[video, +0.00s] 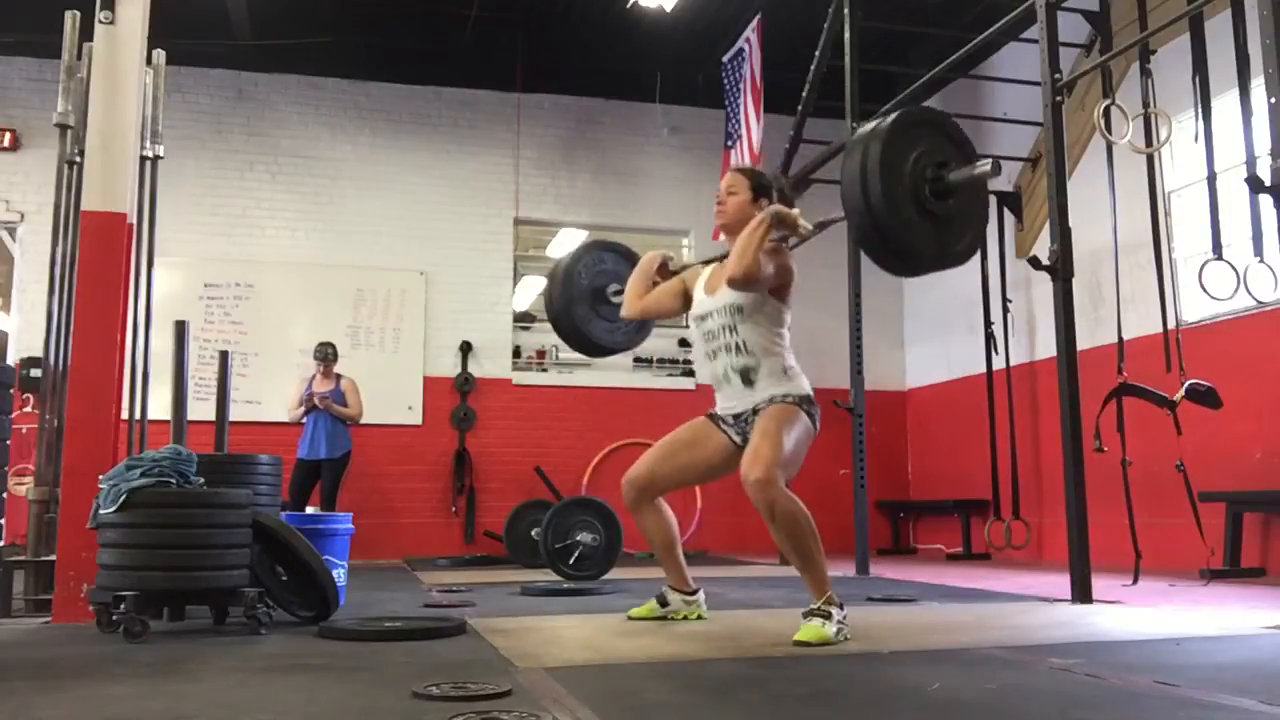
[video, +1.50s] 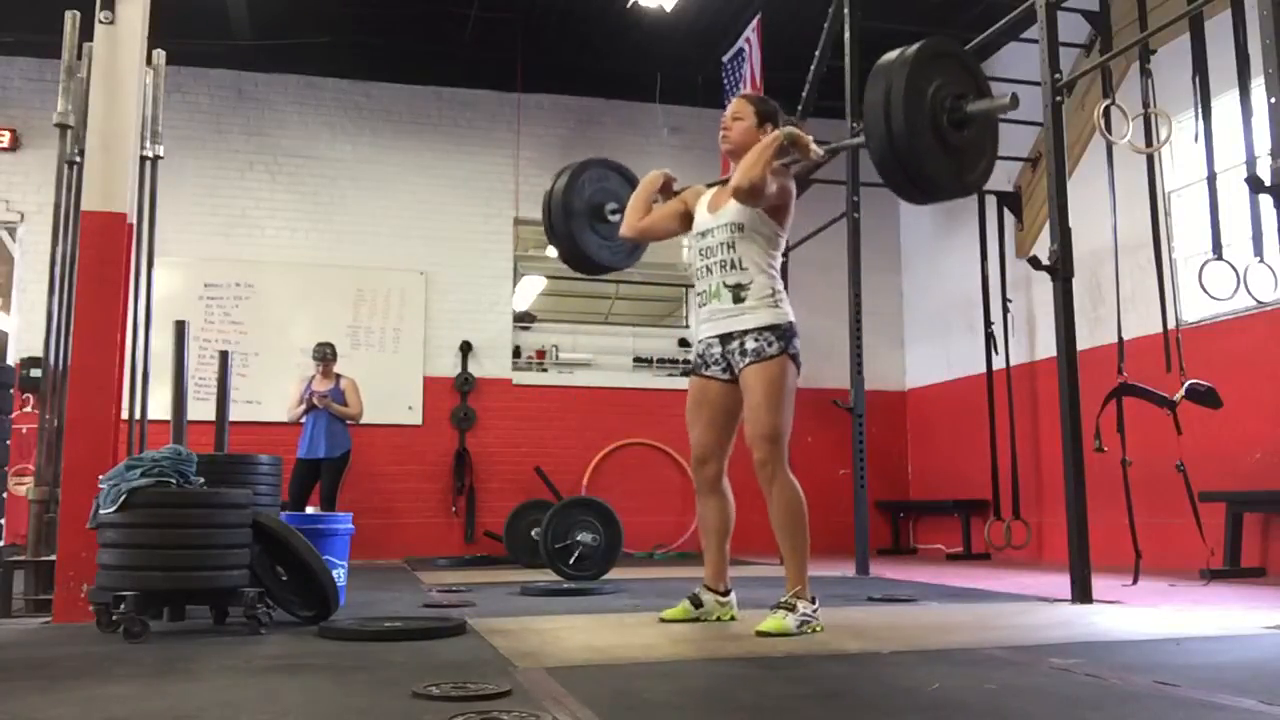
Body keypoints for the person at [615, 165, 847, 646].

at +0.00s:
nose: (719, 199)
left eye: (731, 192)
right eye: (719, 192)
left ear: (762, 207)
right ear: (720, 210)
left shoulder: (775, 262)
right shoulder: (697, 277)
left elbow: (740, 272)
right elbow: (633, 306)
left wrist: (768, 217)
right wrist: (652, 258)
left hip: (785, 404)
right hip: (729, 418)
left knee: (760, 478)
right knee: (637, 486)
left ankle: (826, 606)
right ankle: (683, 596)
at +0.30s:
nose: (723, 172)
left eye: (736, 165)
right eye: (722, 165)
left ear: (763, 182)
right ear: (722, 183)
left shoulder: (772, 232)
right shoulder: (697, 252)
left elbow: (733, 235)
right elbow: (636, 288)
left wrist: (770, 186)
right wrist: (649, 239)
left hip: (777, 377)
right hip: (725, 392)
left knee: (765, 468)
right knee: (646, 478)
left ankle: (826, 605)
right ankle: (683, 595)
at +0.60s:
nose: (732, 128)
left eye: (745, 122)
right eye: (732, 121)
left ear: (766, 146)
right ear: (724, 137)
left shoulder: (770, 188)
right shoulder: (691, 202)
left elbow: (738, 185)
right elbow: (628, 234)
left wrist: (769, 131)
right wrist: (651, 184)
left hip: (755, 339)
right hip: (704, 348)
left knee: (756, 455)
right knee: (681, 469)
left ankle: (809, 593)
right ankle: (685, 591)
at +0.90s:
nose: (729, 136)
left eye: (741, 130)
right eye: (729, 129)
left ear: (768, 150)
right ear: (728, 145)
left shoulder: (783, 203)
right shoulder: (702, 214)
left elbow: (743, 203)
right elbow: (640, 247)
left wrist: (775, 154)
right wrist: (657, 199)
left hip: (768, 348)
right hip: (716, 356)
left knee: (752, 467)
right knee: (682, 468)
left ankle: (799, 600)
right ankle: (685, 593)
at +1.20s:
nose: (728, 127)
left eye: (739, 119)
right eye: (727, 120)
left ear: (770, 135)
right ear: (730, 134)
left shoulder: (781, 189)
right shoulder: (703, 201)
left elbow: (745, 188)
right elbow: (642, 235)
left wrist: (784, 139)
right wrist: (659, 185)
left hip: (767, 335)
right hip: (716, 342)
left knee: (761, 460)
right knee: (708, 468)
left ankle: (800, 600)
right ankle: (716, 593)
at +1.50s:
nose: (724, 125)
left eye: (736, 118)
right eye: (724, 118)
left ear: (766, 135)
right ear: (725, 132)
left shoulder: (778, 184)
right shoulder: (697, 197)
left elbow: (743, 185)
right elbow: (632, 227)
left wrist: (779, 137)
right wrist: (655, 179)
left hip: (764, 336)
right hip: (711, 343)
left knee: (769, 462)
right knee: (705, 465)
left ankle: (800, 600)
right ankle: (716, 592)